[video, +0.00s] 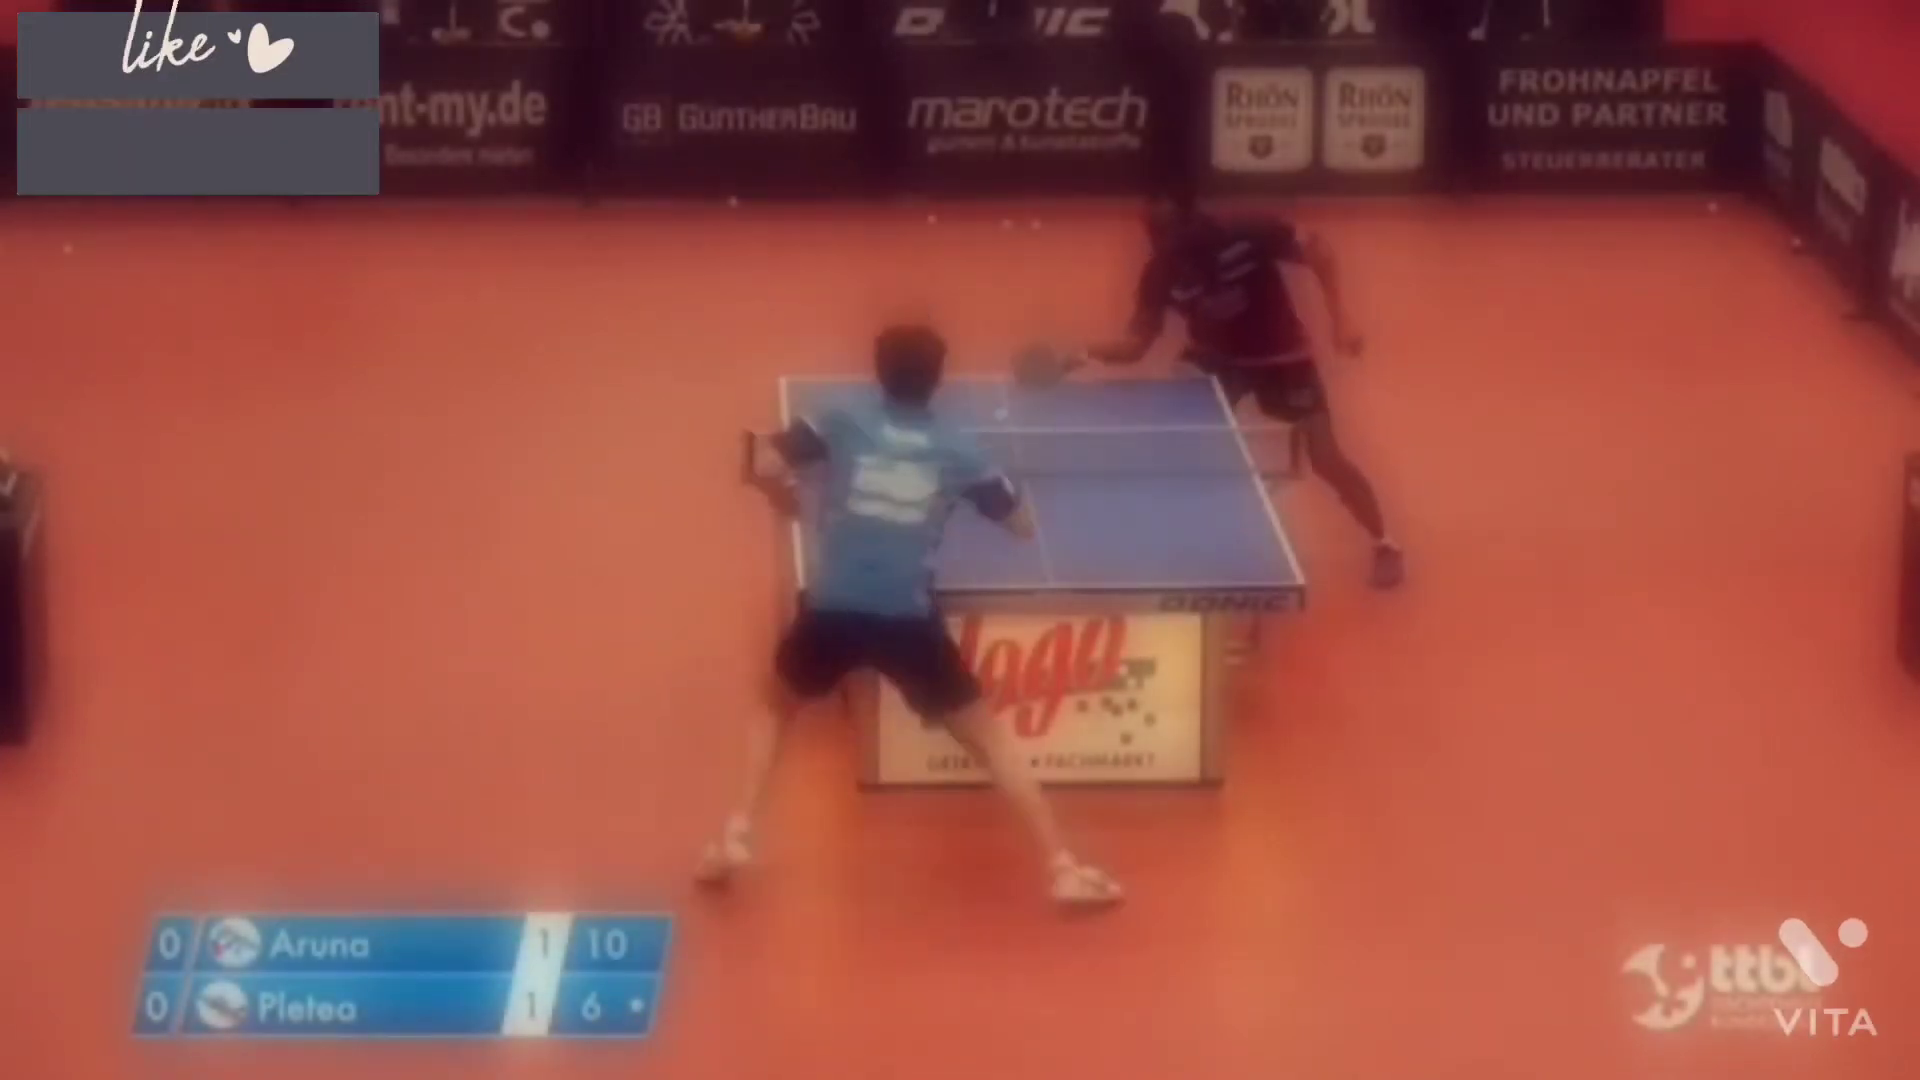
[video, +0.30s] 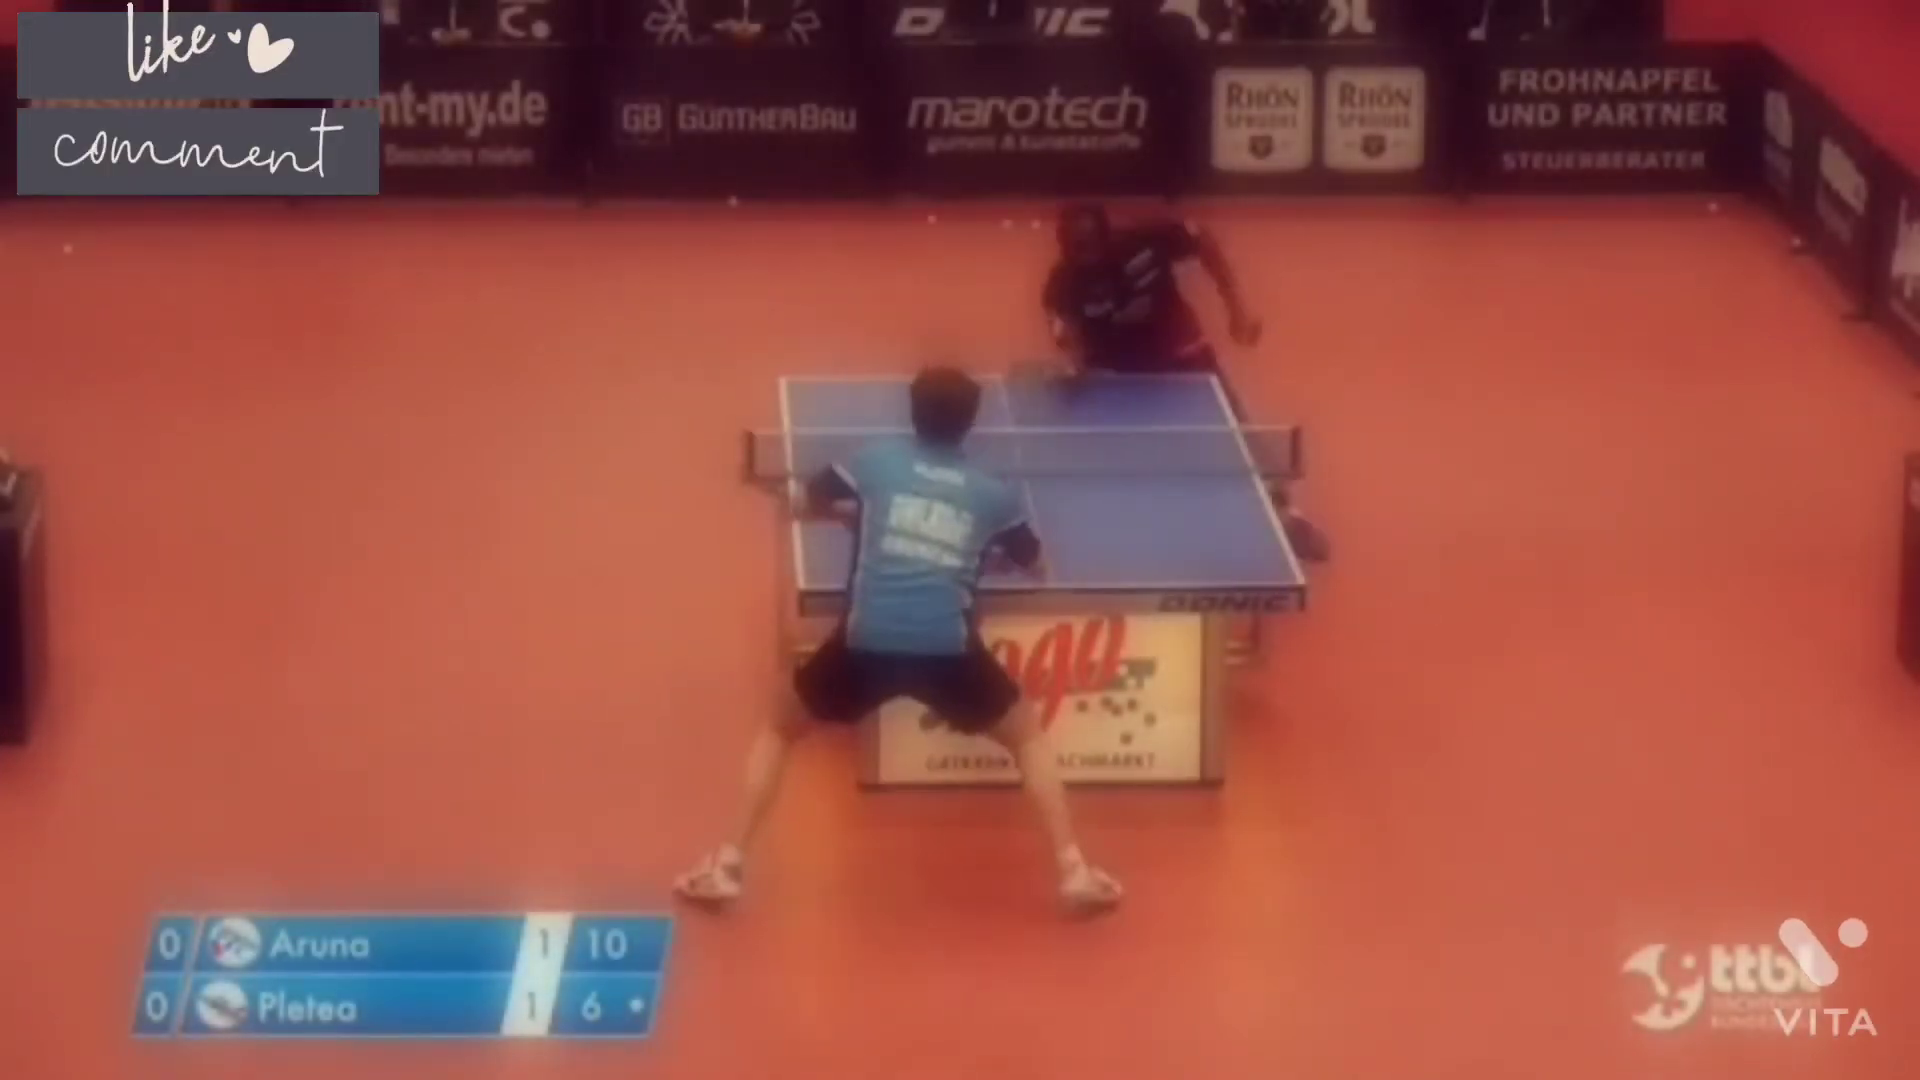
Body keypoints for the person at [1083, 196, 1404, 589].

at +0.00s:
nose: (1159, 234)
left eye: (1166, 223)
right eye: (1153, 225)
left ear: (1188, 214)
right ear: (1149, 225)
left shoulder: (1244, 235)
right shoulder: (1162, 268)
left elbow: (1319, 256)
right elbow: (1135, 344)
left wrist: (1342, 325)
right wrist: (1083, 353)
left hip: (1282, 361)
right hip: (1213, 366)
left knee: (1325, 460)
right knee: (1171, 451)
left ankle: (1383, 542)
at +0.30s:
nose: (1086, 246)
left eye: (1091, 236)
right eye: (1077, 240)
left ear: (1104, 230)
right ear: (1065, 242)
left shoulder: (1144, 242)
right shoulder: (1064, 283)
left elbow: (1203, 243)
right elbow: (1067, 339)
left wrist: (1237, 311)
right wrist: (1079, 365)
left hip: (1188, 366)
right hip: (1124, 385)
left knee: (1236, 438)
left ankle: (1279, 515)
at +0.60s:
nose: (1097, 224)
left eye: (1105, 215)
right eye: (1089, 216)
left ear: (1121, 211)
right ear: (1079, 215)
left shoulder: (1161, 240)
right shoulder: (1071, 252)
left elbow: (1228, 270)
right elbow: (1047, 296)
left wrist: (1231, 349)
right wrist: (1032, 325)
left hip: (1179, 357)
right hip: (1108, 358)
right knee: (1070, 416)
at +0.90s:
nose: (1135, 220)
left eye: (1143, 209)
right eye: (1127, 211)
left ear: (1162, 205)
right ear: (1118, 211)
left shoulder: (1200, 236)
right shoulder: (1112, 255)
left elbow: (1249, 277)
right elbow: (1097, 324)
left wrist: (1231, 338)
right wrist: (1124, 326)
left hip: (1213, 340)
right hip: (1145, 346)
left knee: (1282, 414)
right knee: (1097, 410)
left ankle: (1340, 489)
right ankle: (1096, 507)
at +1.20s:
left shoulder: (1256, 155)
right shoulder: (1166, 175)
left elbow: (1286, 185)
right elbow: (1136, 222)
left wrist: (1286, 233)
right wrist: (1099, 262)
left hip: (1251, 293)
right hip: (1179, 294)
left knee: (1301, 390)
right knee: (1120, 386)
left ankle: (1344, 482)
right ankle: (1099, 489)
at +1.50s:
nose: (1191, 160)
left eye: (1197, 150)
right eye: (1183, 152)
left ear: (1210, 145)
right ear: (1169, 152)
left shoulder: (1244, 173)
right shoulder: (1157, 188)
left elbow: (1286, 197)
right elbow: (1113, 235)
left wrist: (1285, 259)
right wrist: (1096, 235)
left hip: (1241, 303)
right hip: (1170, 305)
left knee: (1294, 392)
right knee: (1108, 389)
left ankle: (1343, 486)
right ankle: (1100, 496)